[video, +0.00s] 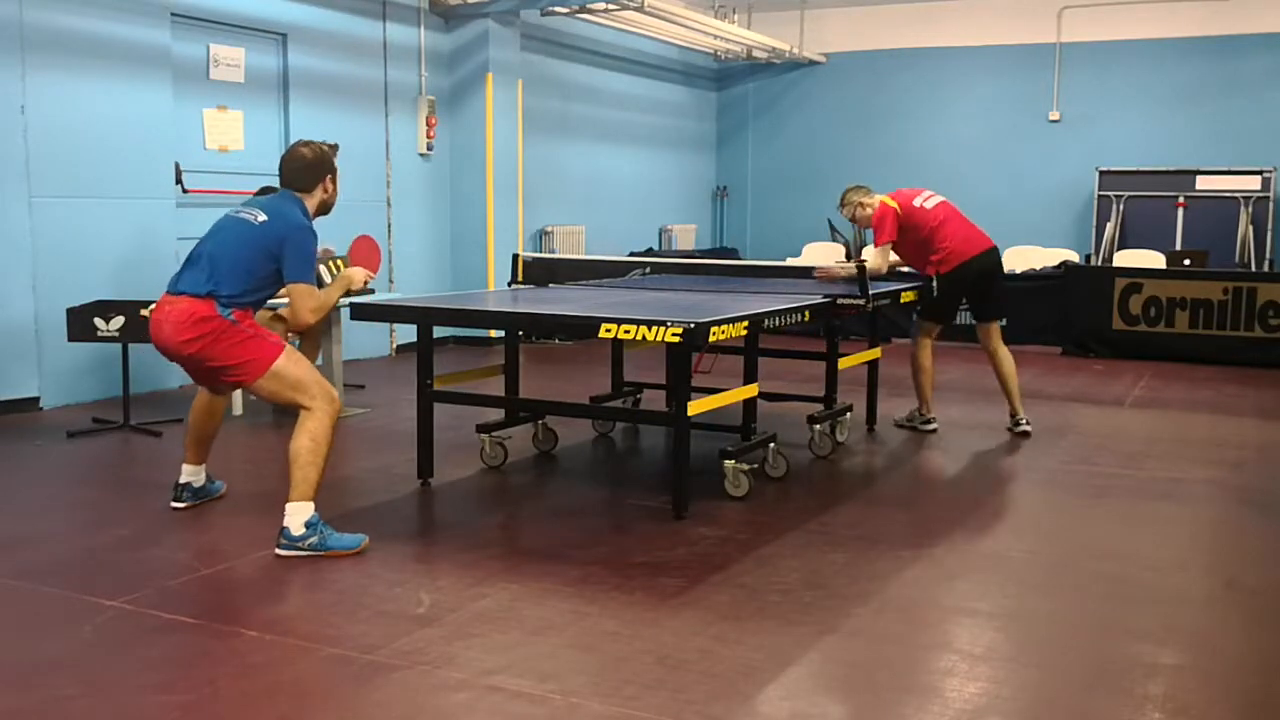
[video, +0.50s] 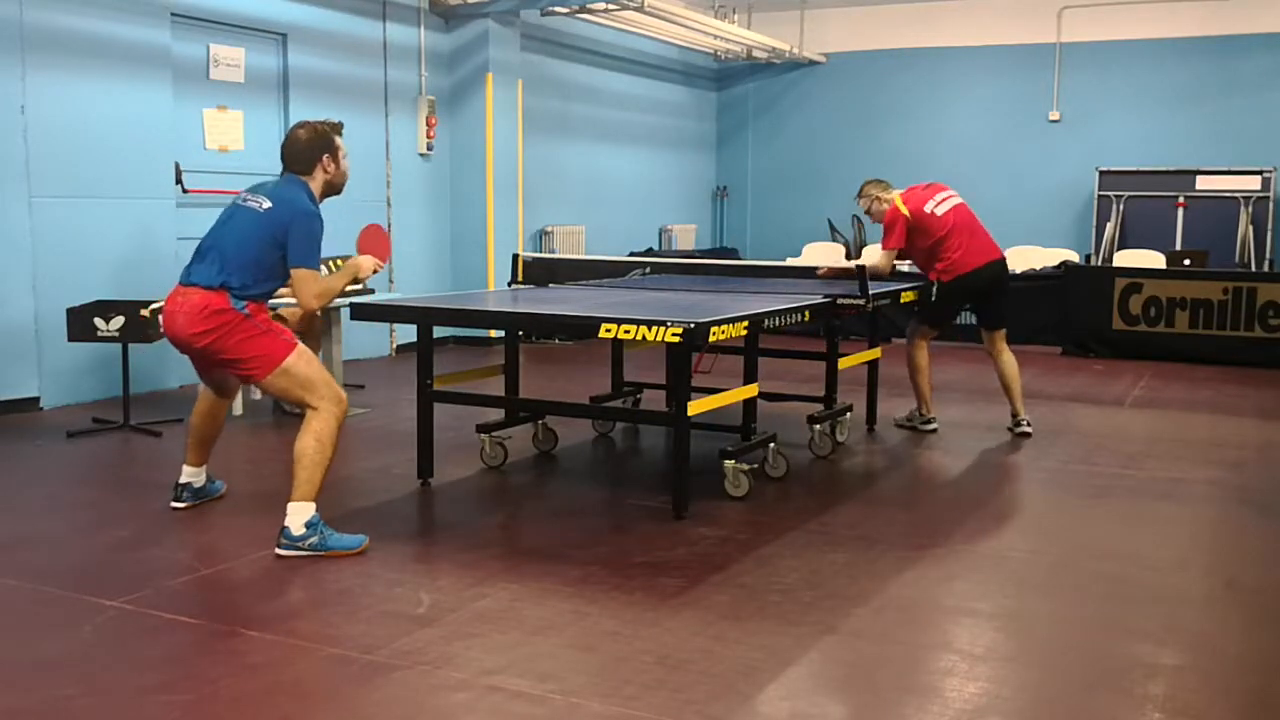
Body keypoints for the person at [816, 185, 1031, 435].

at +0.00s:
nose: (859, 226)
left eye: (855, 218)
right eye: (854, 222)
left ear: (863, 203)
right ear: (871, 196)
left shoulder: (884, 208)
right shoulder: (909, 196)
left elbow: (879, 267)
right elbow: (915, 254)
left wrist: (842, 272)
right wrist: (879, 263)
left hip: (952, 266)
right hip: (987, 254)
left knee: (923, 336)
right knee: (994, 341)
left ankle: (925, 412)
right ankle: (1019, 415)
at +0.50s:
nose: (873, 219)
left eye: (870, 212)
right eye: (868, 214)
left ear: (882, 197)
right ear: (889, 191)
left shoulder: (896, 210)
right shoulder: (931, 188)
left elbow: (882, 269)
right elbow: (925, 249)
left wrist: (844, 271)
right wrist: (892, 254)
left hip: (955, 276)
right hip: (994, 266)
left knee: (918, 338)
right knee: (998, 345)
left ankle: (924, 414)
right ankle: (1021, 417)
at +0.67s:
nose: (882, 203)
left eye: (880, 195)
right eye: (878, 198)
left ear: (891, 183)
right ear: (900, 178)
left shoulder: (904, 201)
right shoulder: (950, 175)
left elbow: (888, 252)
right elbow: (993, 203)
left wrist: (849, 254)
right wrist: (960, 220)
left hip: (957, 272)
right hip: (996, 263)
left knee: (918, 337)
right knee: (1000, 345)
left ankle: (924, 413)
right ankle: (1021, 417)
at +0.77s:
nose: (890, 190)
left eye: (889, 181)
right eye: (887, 184)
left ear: (904, 169)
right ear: (913, 166)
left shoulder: (912, 192)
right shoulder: (961, 167)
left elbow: (890, 240)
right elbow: (1005, 190)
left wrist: (851, 233)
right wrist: (971, 203)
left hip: (957, 269)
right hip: (997, 262)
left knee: (922, 337)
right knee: (1001, 344)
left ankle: (924, 413)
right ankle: (1021, 417)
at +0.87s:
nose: (898, 173)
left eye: (899, 165)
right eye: (896, 167)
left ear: (915, 158)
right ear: (924, 155)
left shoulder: (918, 182)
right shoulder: (972, 161)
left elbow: (889, 225)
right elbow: (1014, 183)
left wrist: (861, 203)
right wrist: (980, 191)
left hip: (960, 269)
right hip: (999, 262)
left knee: (924, 336)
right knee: (1003, 342)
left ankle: (925, 412)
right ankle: (1021, 417)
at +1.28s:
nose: (899, 188)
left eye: (901, 180)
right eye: (898, 181)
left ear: (918, 176)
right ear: (929, 175)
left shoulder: (924, 198)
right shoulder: (975, 180)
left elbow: (907, 230)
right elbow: (1016, 174)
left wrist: (893, 232)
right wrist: (977, 176)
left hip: (964, 286)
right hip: (998, 279)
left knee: (909, 335)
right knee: (991, 354)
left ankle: (923, 409)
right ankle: (1017, 415)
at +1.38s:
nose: (885, 205)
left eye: (887, 197)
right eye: (883, 198)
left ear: (906, 192)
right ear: (910, 191)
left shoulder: (921, 208)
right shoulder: (949, 194)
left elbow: (921, 234)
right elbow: (973, 192)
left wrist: (925, 262)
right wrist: (962, 222)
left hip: (962, 296)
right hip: (992, 288)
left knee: (892, 325)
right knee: (979, 368)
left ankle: (918, 394)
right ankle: (1014, 412)